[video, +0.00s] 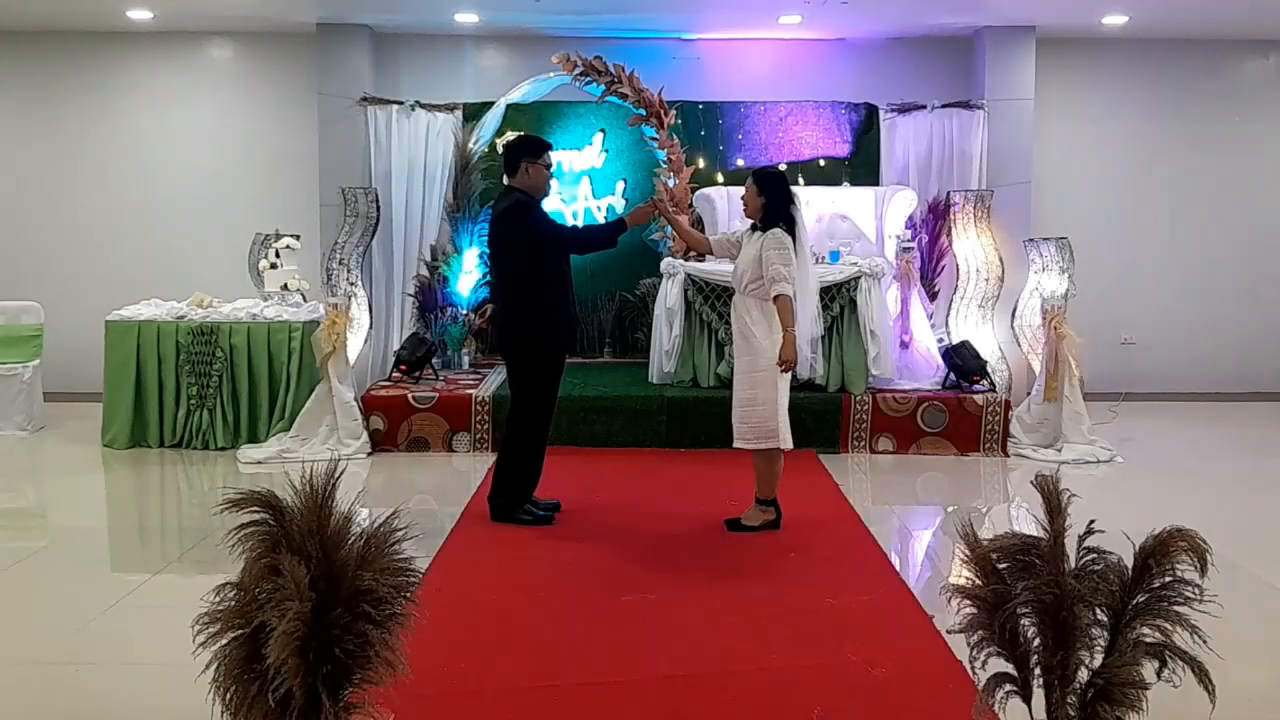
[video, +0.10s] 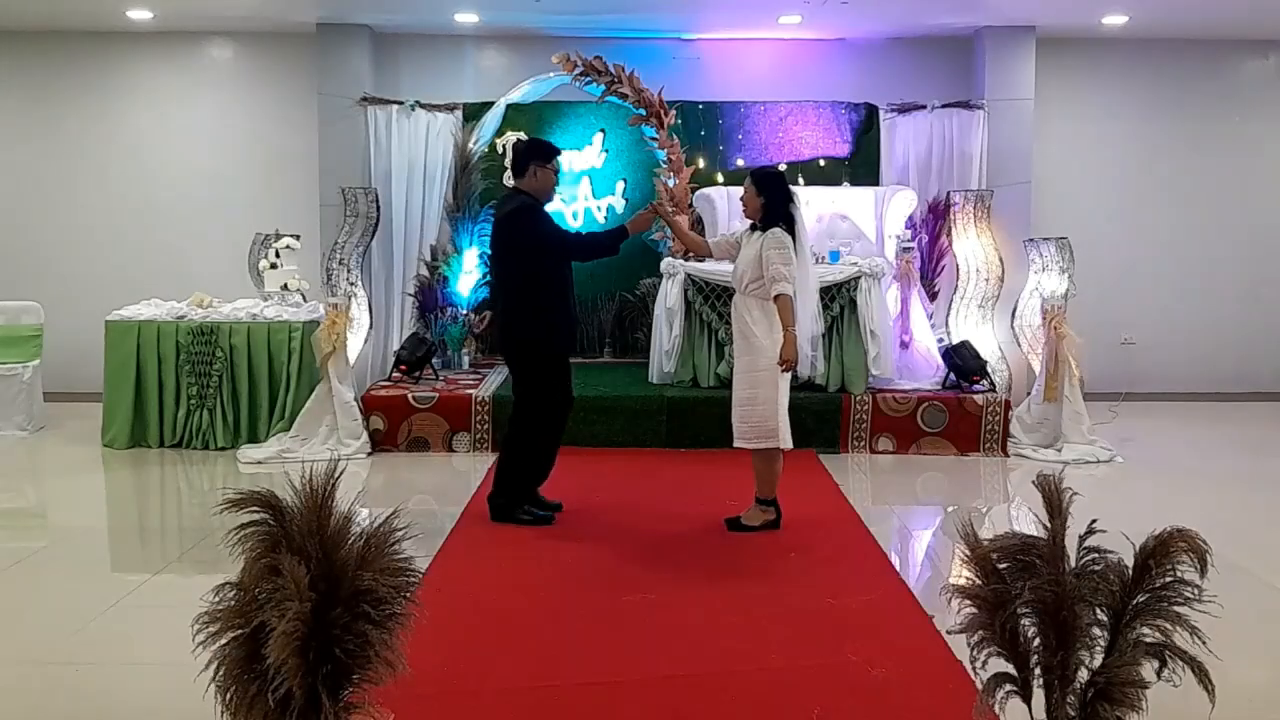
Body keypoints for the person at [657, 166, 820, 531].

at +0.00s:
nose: (743, 197)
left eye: (748, 191)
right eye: (745, 191)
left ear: (765, 197)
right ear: (762, 197)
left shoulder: (775, 239)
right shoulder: (749, 237)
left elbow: (782, 290)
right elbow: (704, 245)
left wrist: (789, 336)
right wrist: (670, 216)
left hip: (766, 343)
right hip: (750, 343)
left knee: (764, 423)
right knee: (759, 421)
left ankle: (766, 506)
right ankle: (764, 504)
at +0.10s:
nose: (743, 198)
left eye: (748, 192)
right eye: (744, 192)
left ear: (765, 197)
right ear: (759, 197)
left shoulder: (775, 238)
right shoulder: (748, 237)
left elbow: (782, 289)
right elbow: (703, 248)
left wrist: (789, 336)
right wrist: (668, 217)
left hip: (766, 341)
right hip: (749, 342)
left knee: (764, 421)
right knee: (758, 420)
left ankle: (766, 506)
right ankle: (764, 504)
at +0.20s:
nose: (739, 203)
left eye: (745, 196)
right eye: (740, 196)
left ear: (764, 200)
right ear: (752, 199)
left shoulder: (777, 239)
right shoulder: (745, 238)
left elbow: (783, 291)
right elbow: (704, 262)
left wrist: (790, 338)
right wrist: (672, 234)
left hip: (766, 341)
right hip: (747, 341)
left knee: (761, 419)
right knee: (753, 418)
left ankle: (766, 505)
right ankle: (763, 502)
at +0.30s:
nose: (735, 207)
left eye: (739, 200)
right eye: (734, 201)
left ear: (759, 201)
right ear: (744, 203)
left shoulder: (777, 240)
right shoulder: (739, 243)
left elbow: (784, 295)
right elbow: (711, 285)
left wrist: (793, 347)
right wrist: (675, 261)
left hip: (766, 342)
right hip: (743, 342)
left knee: (741, 417)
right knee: (746, 418)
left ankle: (760, 495)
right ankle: (762, 495)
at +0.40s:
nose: (727, 209)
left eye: (732, 202)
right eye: (726, 203)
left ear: (753, 202)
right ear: (738, 205)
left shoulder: (776, 241)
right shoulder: (733, 246)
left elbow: (783, 298)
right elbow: (716, 300)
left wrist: (792, 350)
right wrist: (676, 291)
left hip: (763, 352)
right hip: (736, 350)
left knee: (725, 419)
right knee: (748, 425)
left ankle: (730, 503)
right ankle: (765, 501)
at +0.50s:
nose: (717, 212)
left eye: (722, 204)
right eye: (716, 205)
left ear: (743, 204)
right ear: (728, 208)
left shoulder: (769, 243)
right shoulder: (726, 249)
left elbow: (779, 299)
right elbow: (719, 306)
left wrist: (788, 349)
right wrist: (684, 323)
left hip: (759, 350)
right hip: (727, 348)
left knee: (720, 420)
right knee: (742, 425)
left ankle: (699, 506)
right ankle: (764, 502)